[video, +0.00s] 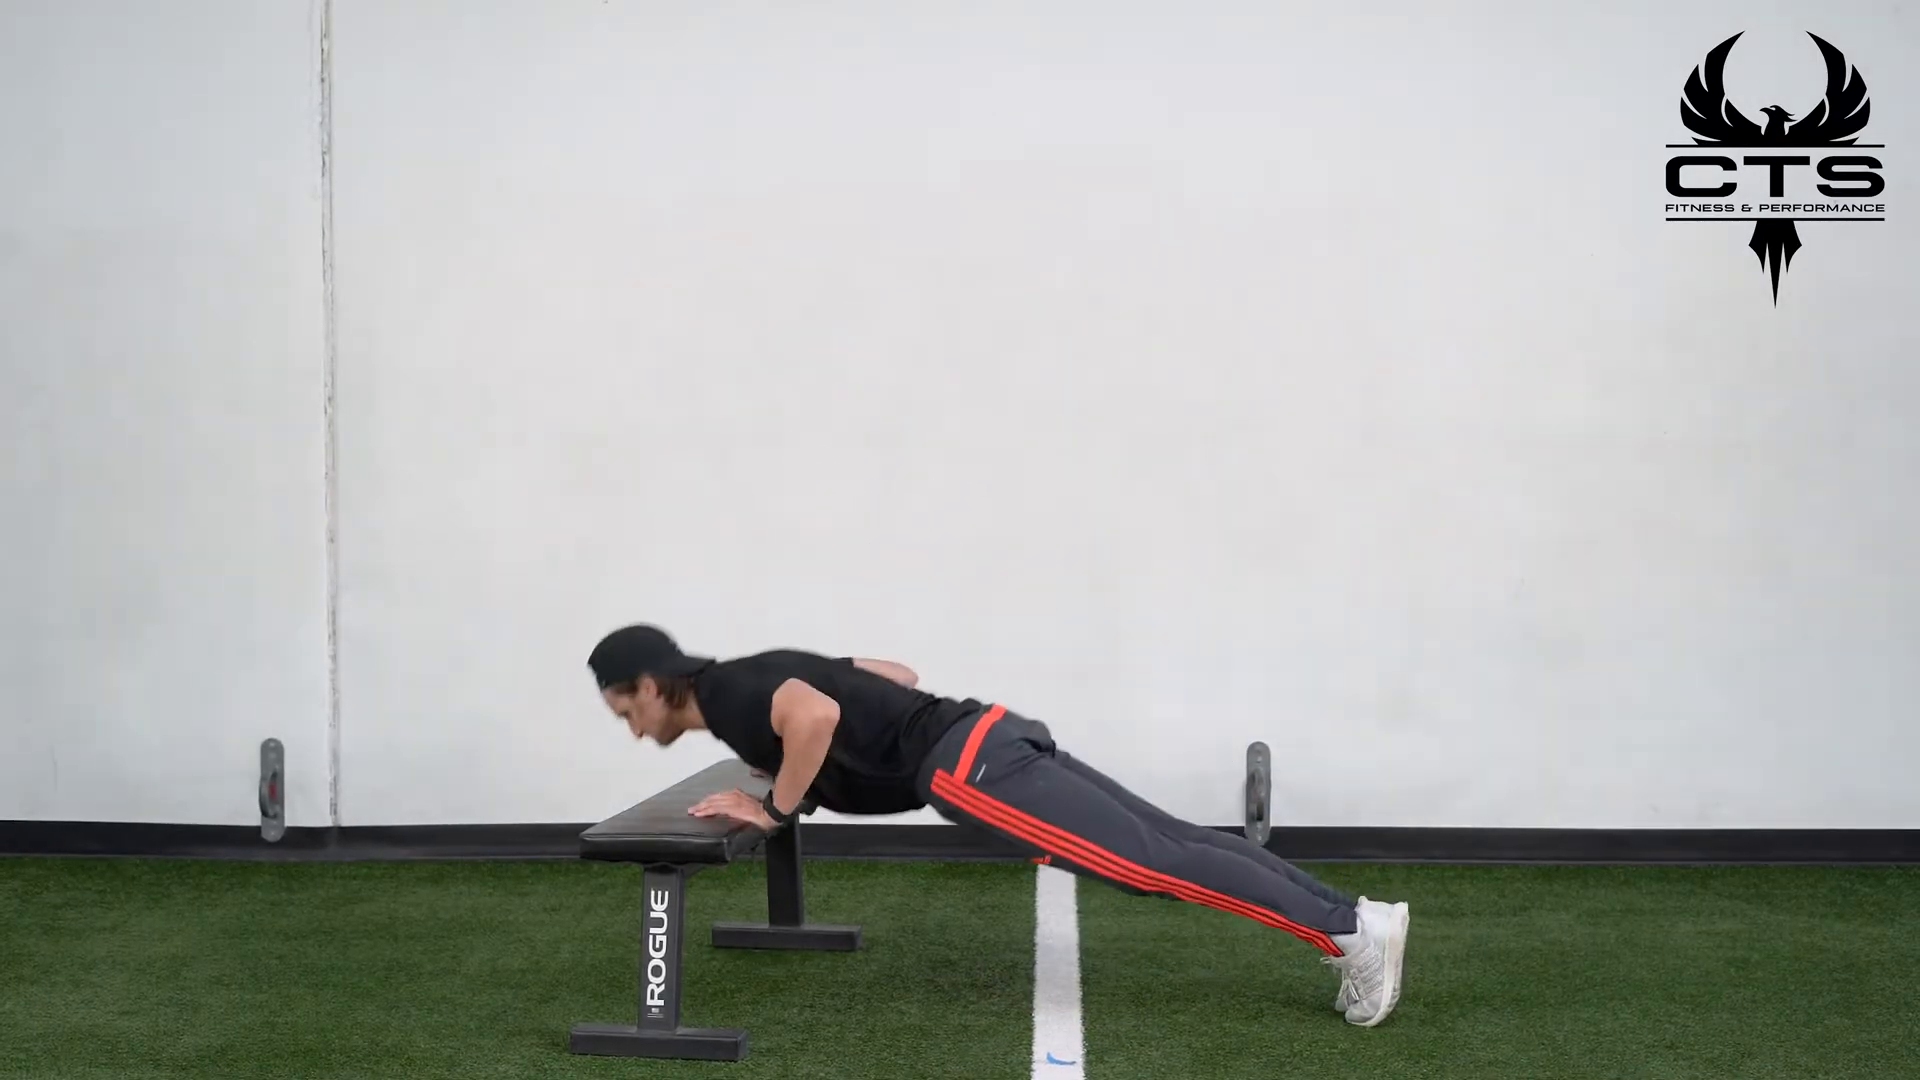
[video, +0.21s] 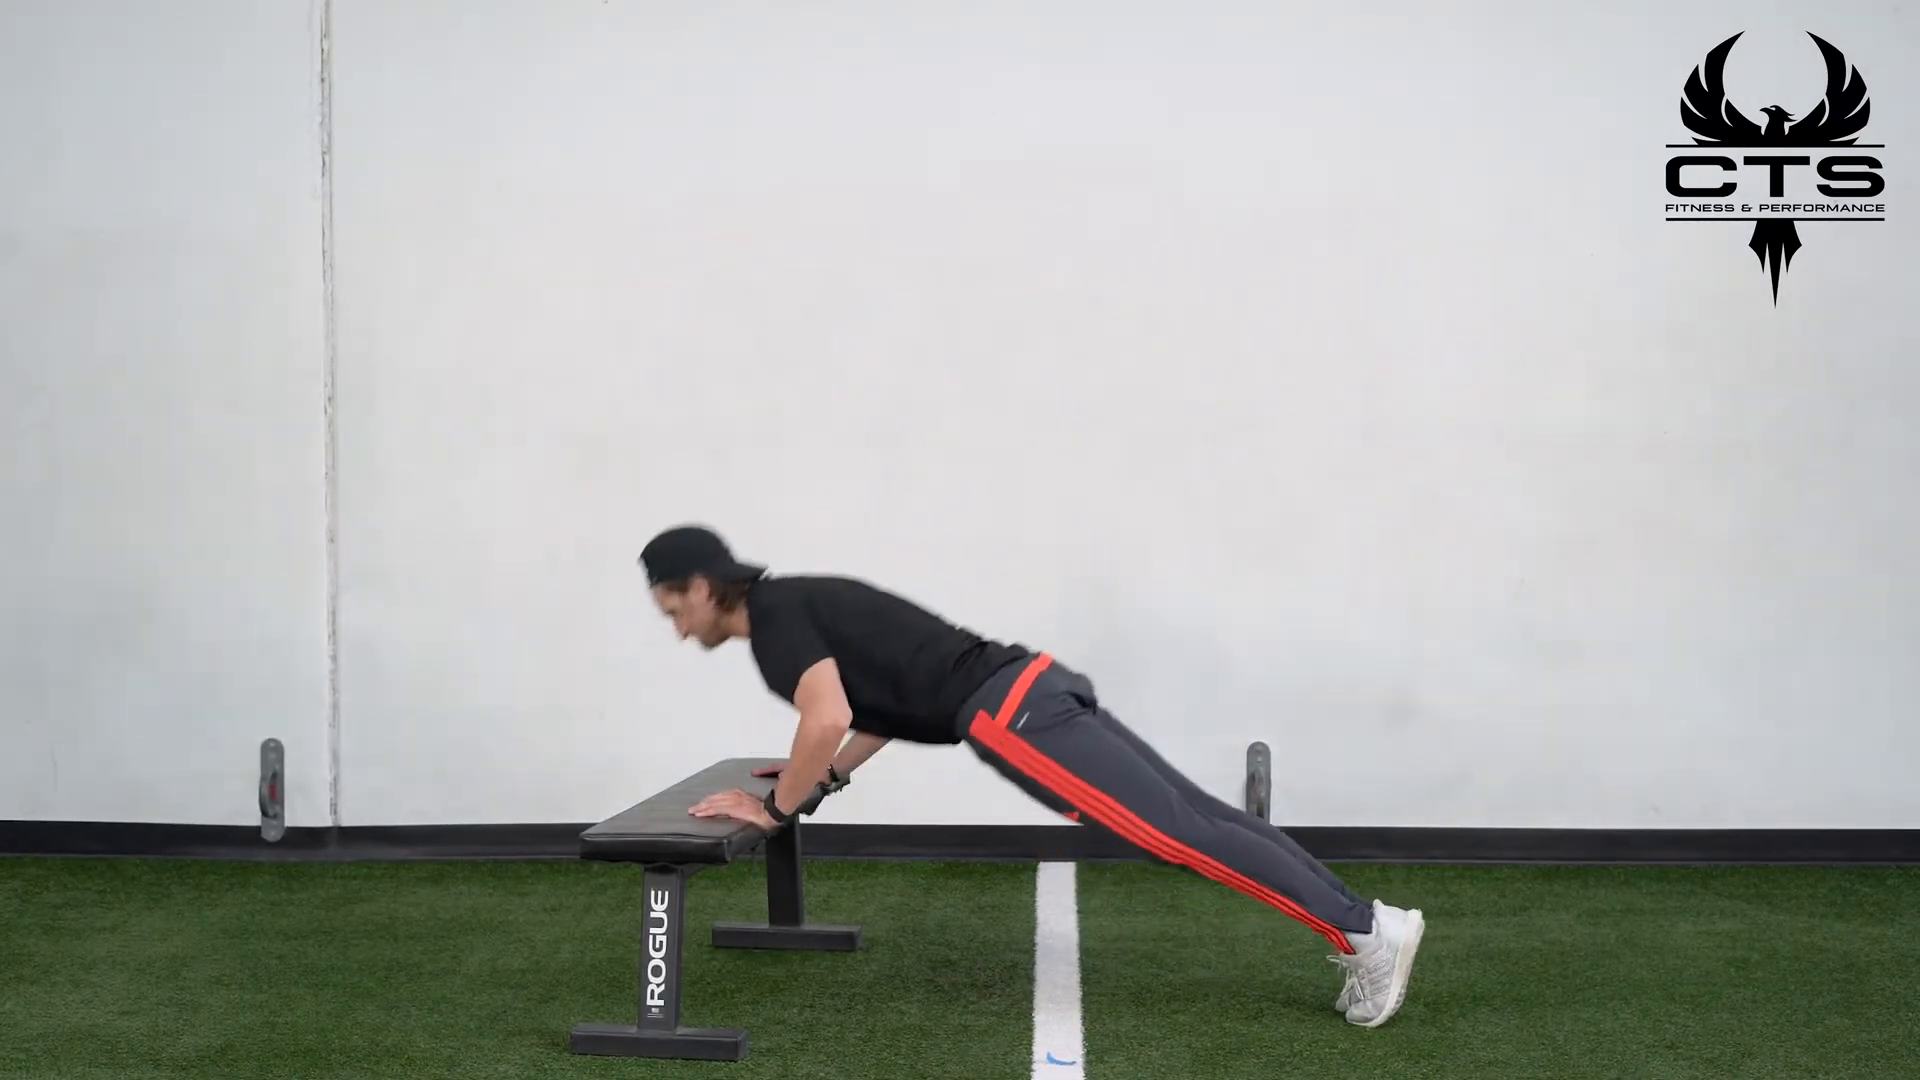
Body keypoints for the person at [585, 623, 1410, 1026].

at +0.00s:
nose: (627, 725)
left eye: (625, 710)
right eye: (619, 714)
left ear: (655, 686)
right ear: (663, 673)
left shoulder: (723, 694)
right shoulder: (758, 675)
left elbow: (811, 714)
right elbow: (897, 674)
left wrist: (772, 809)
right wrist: (888, 746)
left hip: (970, 765)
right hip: (992, 741)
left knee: (1151, 860)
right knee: (1164, 837)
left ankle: (1352, 934)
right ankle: (1353, 919)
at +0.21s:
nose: (670, 623)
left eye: (669, 605)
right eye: (665, 610)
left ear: (703, 586)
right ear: (712, 586)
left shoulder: (770, 614)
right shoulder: (799, 601)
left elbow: (827, 717)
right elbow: (876, 720)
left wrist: (776, 805)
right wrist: (814, 775)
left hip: (1011, 712)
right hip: (1031, 693)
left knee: (1177, 831)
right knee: (1189, 817)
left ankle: (1369, 932)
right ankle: (1363, 927)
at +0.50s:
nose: (755, 519)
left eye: (761, 502)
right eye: (751, 505)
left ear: (805, 490)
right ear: (802, 490)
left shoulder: (862, 545)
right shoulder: (878, 535)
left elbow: (839, 689)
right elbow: (885, 680)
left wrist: (777, 801)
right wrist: (828, 766)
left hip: (1090, 645)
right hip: (1093, 637)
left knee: (1232, 805)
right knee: (1228, 800)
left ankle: (1401, 940)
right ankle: (1390, 932)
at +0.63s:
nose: (779, 514)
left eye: (786, 498)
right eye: (776, 500)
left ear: (831, 491)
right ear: (840, 490)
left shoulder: (885, 547)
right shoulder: (908, 537)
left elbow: (846, 688)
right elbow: (887, 682)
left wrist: (777, 801)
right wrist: (825, 768)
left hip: (1126, 621)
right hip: (1119, 627)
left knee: (1243, 793)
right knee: (1145, 804)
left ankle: (1407, 946)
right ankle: (1307, 892)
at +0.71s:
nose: (793, 518)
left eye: (799, 502)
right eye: (790, 503)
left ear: (844, 496)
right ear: (854, 494)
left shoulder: (898, 550)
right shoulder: (921, 541)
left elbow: (856, 690)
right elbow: (894, 683)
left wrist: (778, 800)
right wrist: (828, 765)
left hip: (1144, 608)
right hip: (1128, 618)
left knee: (1260, 784)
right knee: (1073, 767)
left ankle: (1413, 946)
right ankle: (1217, 889)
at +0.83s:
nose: (803, 519)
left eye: (810, 503)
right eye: (801, 504)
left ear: (854, 498)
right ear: (862, 496)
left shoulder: (905, 549)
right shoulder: (927, 542)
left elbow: (860, 689)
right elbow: (893, 685)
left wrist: (777, 798)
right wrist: (822, 770)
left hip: (1147, 601)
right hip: (1120, 617)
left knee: (1266, 779)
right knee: (1028, 741)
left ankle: (1415, 944)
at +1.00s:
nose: (817, 474)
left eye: (822, 457)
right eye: (817, 457)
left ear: (863, 454)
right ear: (874, 451)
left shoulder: (917, 517)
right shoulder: (931, 512)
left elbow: (857, 664)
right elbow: (885, 659)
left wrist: (778, 769)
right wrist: (812, 742)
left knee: (1182, 820)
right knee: (1040, 768)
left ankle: (1365, 919)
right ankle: (1067, 955)